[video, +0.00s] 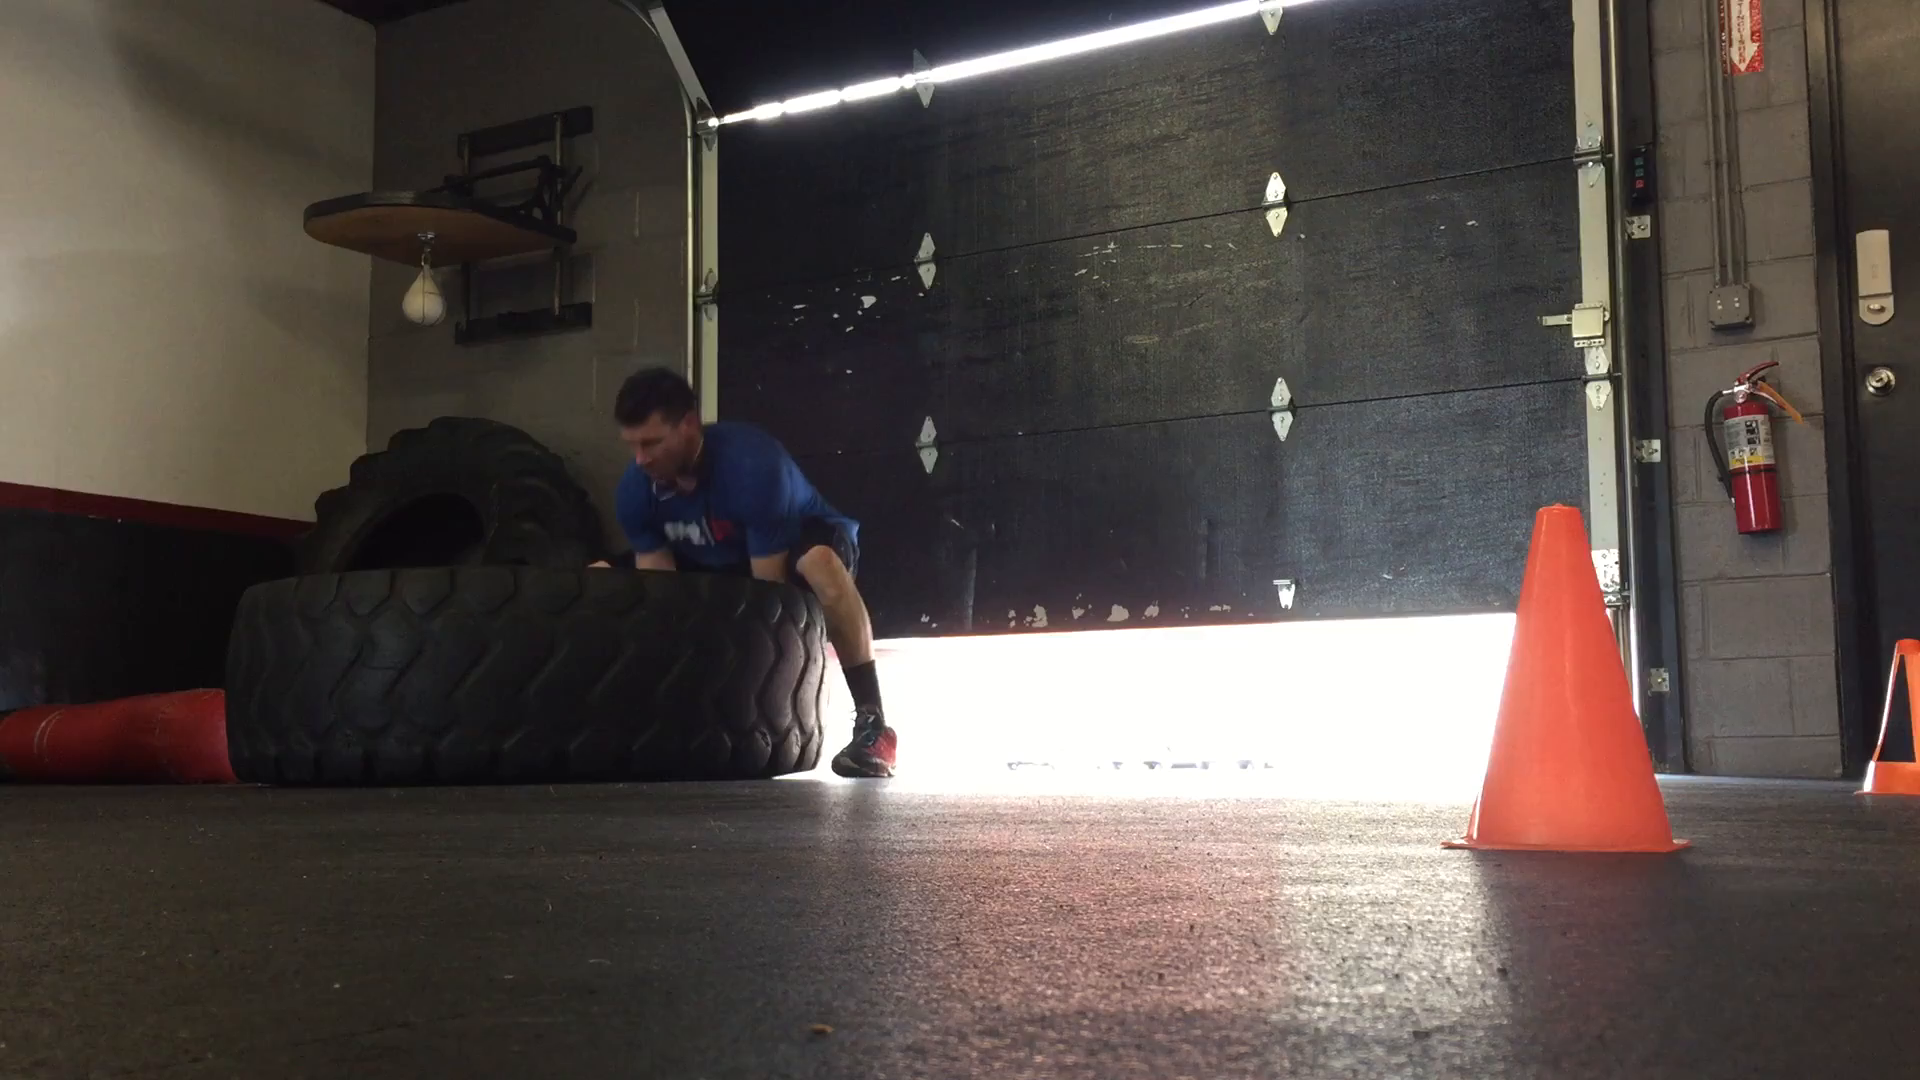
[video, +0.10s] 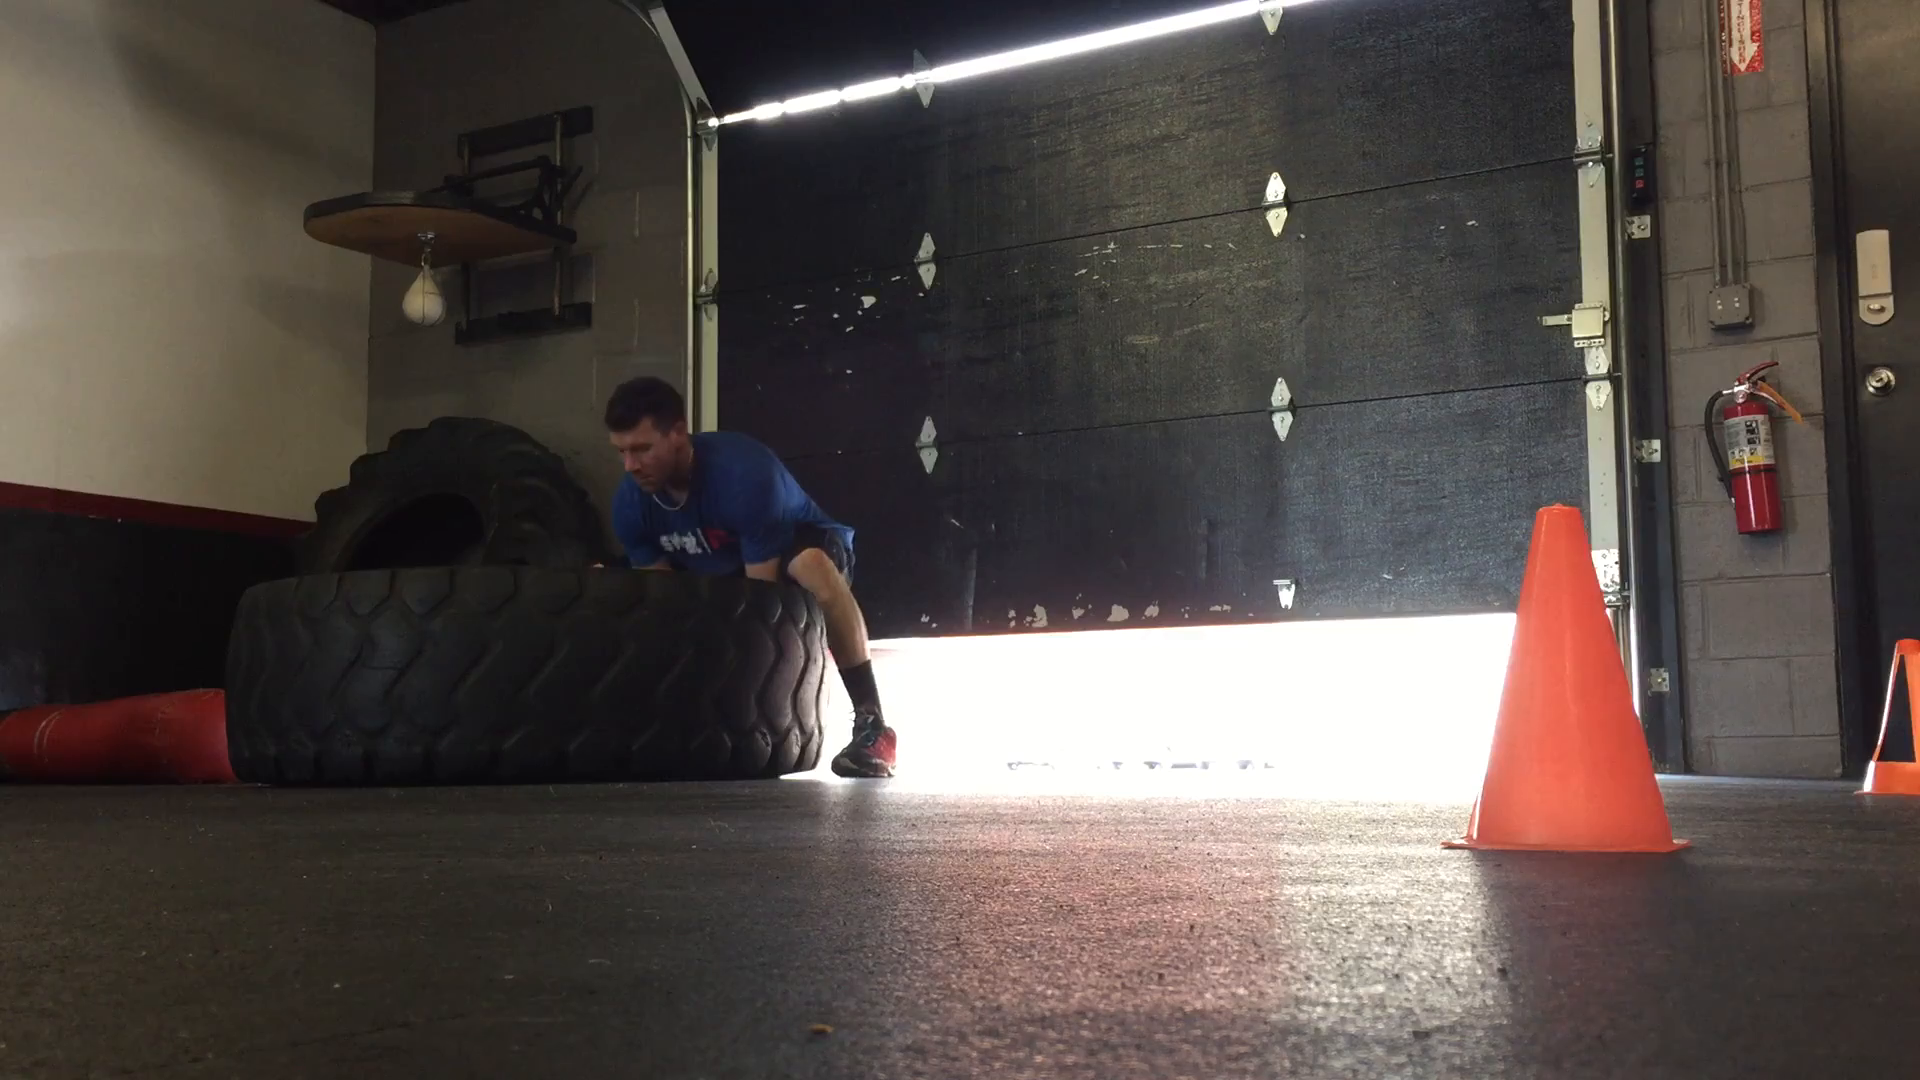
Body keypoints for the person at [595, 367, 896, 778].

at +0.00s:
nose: (640, 460)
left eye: (651, 444)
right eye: (633, 446)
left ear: (689, 427)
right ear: (626, 441)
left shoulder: (754, 462)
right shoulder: (635, 493)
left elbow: (770, 589)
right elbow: (659, 589)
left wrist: (756, 689)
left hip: (796, 544)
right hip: (715, 562)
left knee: (819, 560)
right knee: (601, 575)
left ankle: (872, 725)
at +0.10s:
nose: (630, 466)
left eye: (641, 449)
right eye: (622, 452)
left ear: (679, 433)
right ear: (616, 448)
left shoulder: (744, 468)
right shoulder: (630, 507)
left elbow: (762, 587)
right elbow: (662, 593)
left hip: (797, 546)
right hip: (720, 571)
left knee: (811, 563)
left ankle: (872, 726)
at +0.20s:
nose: (622, 454)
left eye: (634, 437)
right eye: (614, 441)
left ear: (673, 429)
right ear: (609, 440)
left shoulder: (740, 470)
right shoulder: (624, 510)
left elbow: (758, 591)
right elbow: (660, 594)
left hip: (795, 550)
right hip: (717, 574)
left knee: (806, 565)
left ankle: (870, 726)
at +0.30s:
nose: (618, 453)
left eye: (631, 436)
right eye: (610, 440)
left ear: (670, 431)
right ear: (604, 442)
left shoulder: (738, 478)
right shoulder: (619, 514)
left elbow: (755, 598)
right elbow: (655, 596)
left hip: (796, 551)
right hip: (716, 577)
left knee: (799, 567)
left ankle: (869, 726)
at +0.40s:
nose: (617, 456)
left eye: (629, 439)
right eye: (608, 443)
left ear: (667, 433)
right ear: (602, 444)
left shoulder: (736, 477)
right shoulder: (620, 516)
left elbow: (753, 593)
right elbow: (655, 596)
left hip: (794, 557)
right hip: (714, 582)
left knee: (797, 570)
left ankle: (868, 727)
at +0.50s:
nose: (617, 442)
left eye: (629, 427)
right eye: (609, 430)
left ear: (668, 421)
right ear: (604, 432)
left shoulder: (739, 469)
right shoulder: (626, 503)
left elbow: (757, 589)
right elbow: (657, 593)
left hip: (796, 545)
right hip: (717, 570)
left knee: (804, 570)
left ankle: (869, 727)